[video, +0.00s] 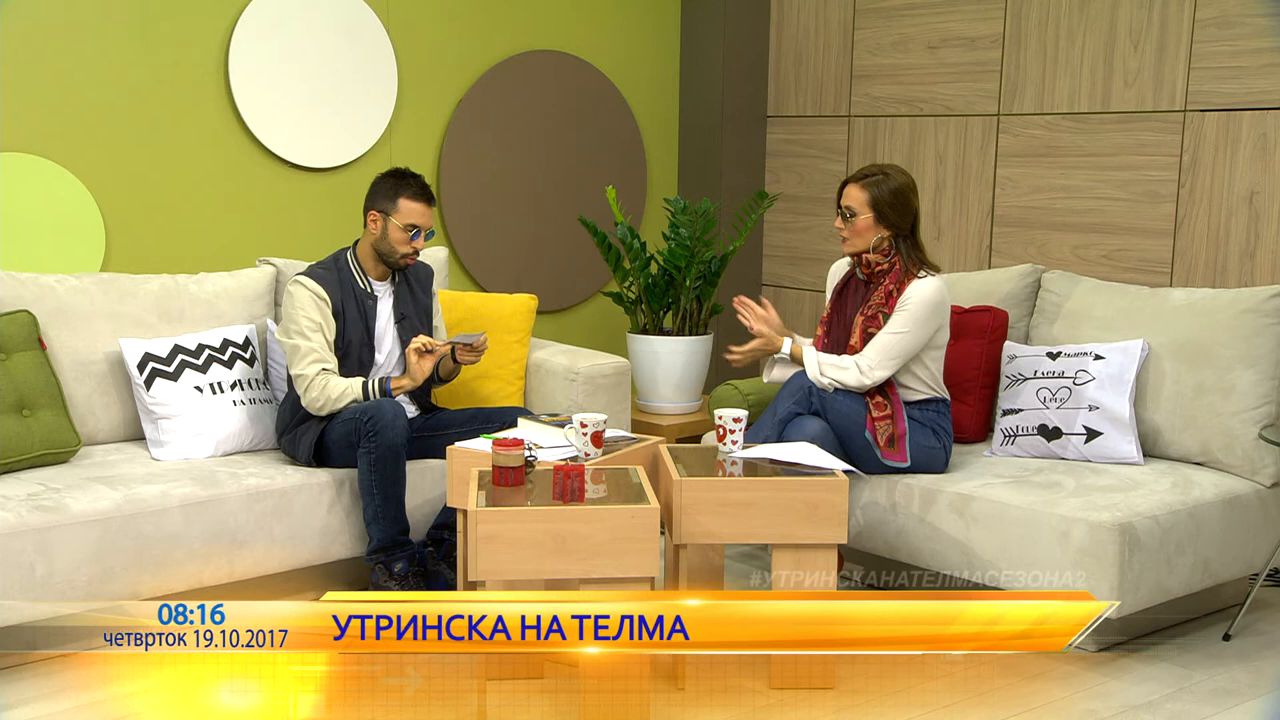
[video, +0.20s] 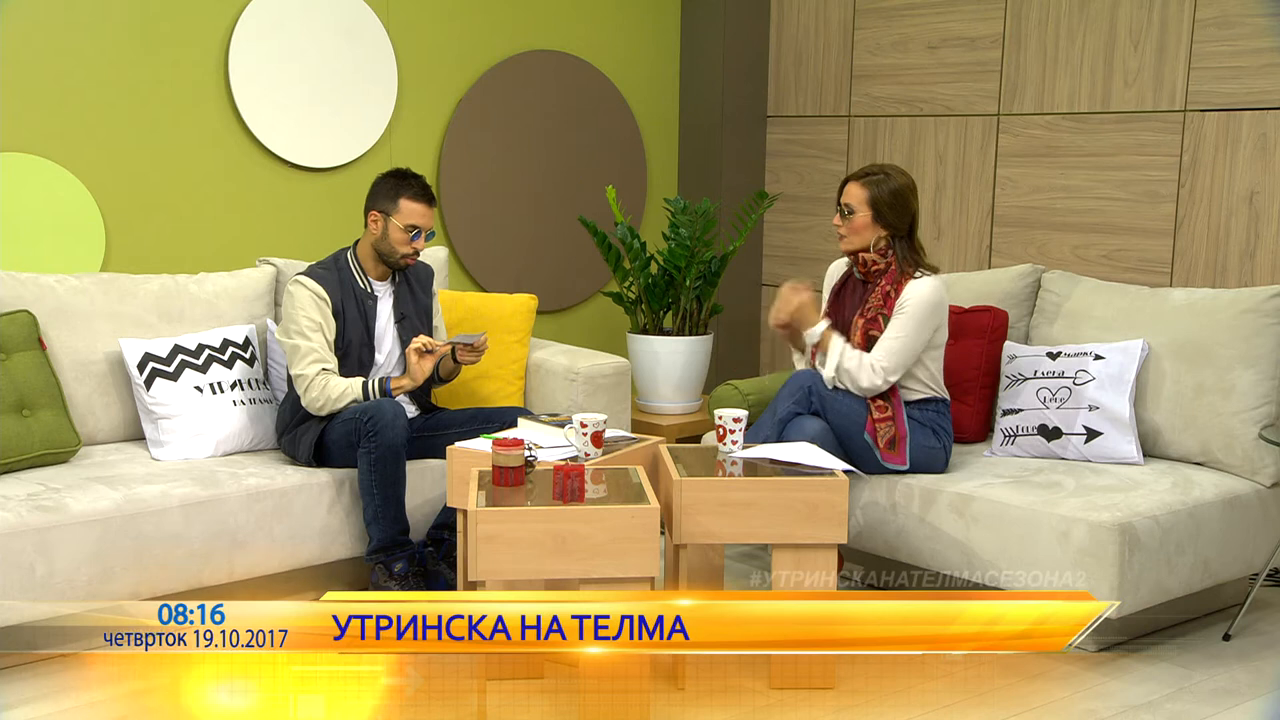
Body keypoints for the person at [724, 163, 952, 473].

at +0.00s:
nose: (838, 224)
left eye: (849, 215)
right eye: (840, 213)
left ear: (887, 224)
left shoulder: (926, 291)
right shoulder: (841, 273)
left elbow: (862, 373)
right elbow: (833, 357)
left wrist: (783, 347)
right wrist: (784, 338)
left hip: (920, 435)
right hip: (860, 425)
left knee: (807, 386)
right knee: (808, 431)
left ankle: (732, 468)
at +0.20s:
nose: (836, 221)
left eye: (848, 213)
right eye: (839, 210)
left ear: (885, 225)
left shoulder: (924, 290)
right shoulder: (838, 273)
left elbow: (871, 377)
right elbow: (823, 373)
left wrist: (814, 328)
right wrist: (796, 338)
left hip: (921, 434)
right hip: (859, 426)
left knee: (807, 387)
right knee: (806, 430)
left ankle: (734, 471)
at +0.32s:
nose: (837, 219)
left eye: (848, 210)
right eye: (839, 209)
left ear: (885, 222)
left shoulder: (925, 286)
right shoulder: (839, 271)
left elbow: (877, 374)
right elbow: (810, 349)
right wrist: (778, 326)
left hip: (921, 433)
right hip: (860, 424)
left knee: (807, 385)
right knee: (806, 431)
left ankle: (734, 467)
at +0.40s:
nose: (839, 217)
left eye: (851, 208)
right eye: (842, 207)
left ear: (888, 218)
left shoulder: (926, 285)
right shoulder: (843, 271)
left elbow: (893, 376)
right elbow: (800, 339)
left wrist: (876, 304)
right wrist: (760, 335)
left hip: (919, 433)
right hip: (858, 424)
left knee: (805, 385)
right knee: (805, 431)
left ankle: (733, 469)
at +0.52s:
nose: (845, 218)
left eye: (856, 208)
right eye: (848, 207)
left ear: (894, 217)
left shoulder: (931, 286)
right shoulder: (844, 273)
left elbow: (925, 386)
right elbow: (777, 316)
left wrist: (890, 331)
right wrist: (720, 342)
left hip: (918, 436)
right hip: (856, 426)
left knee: (805, 383)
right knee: (806, 430)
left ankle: (736, 466)